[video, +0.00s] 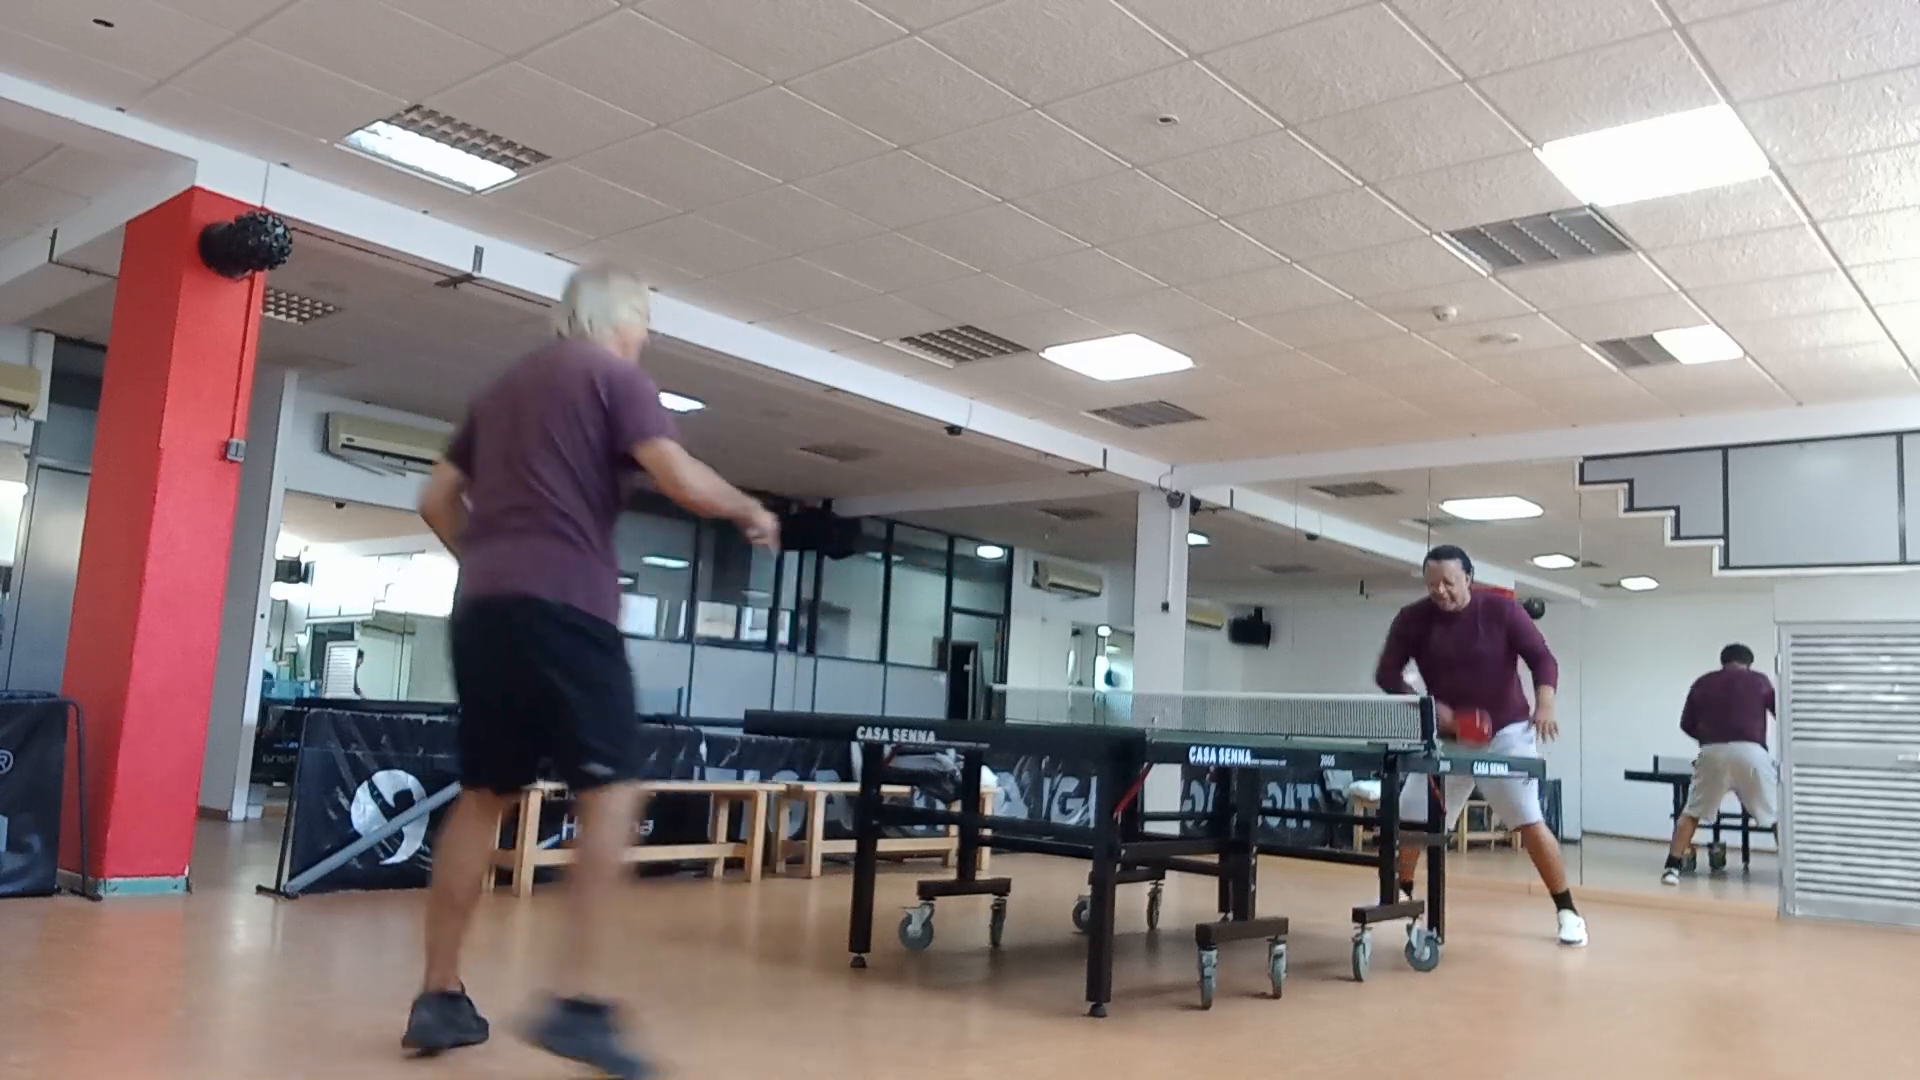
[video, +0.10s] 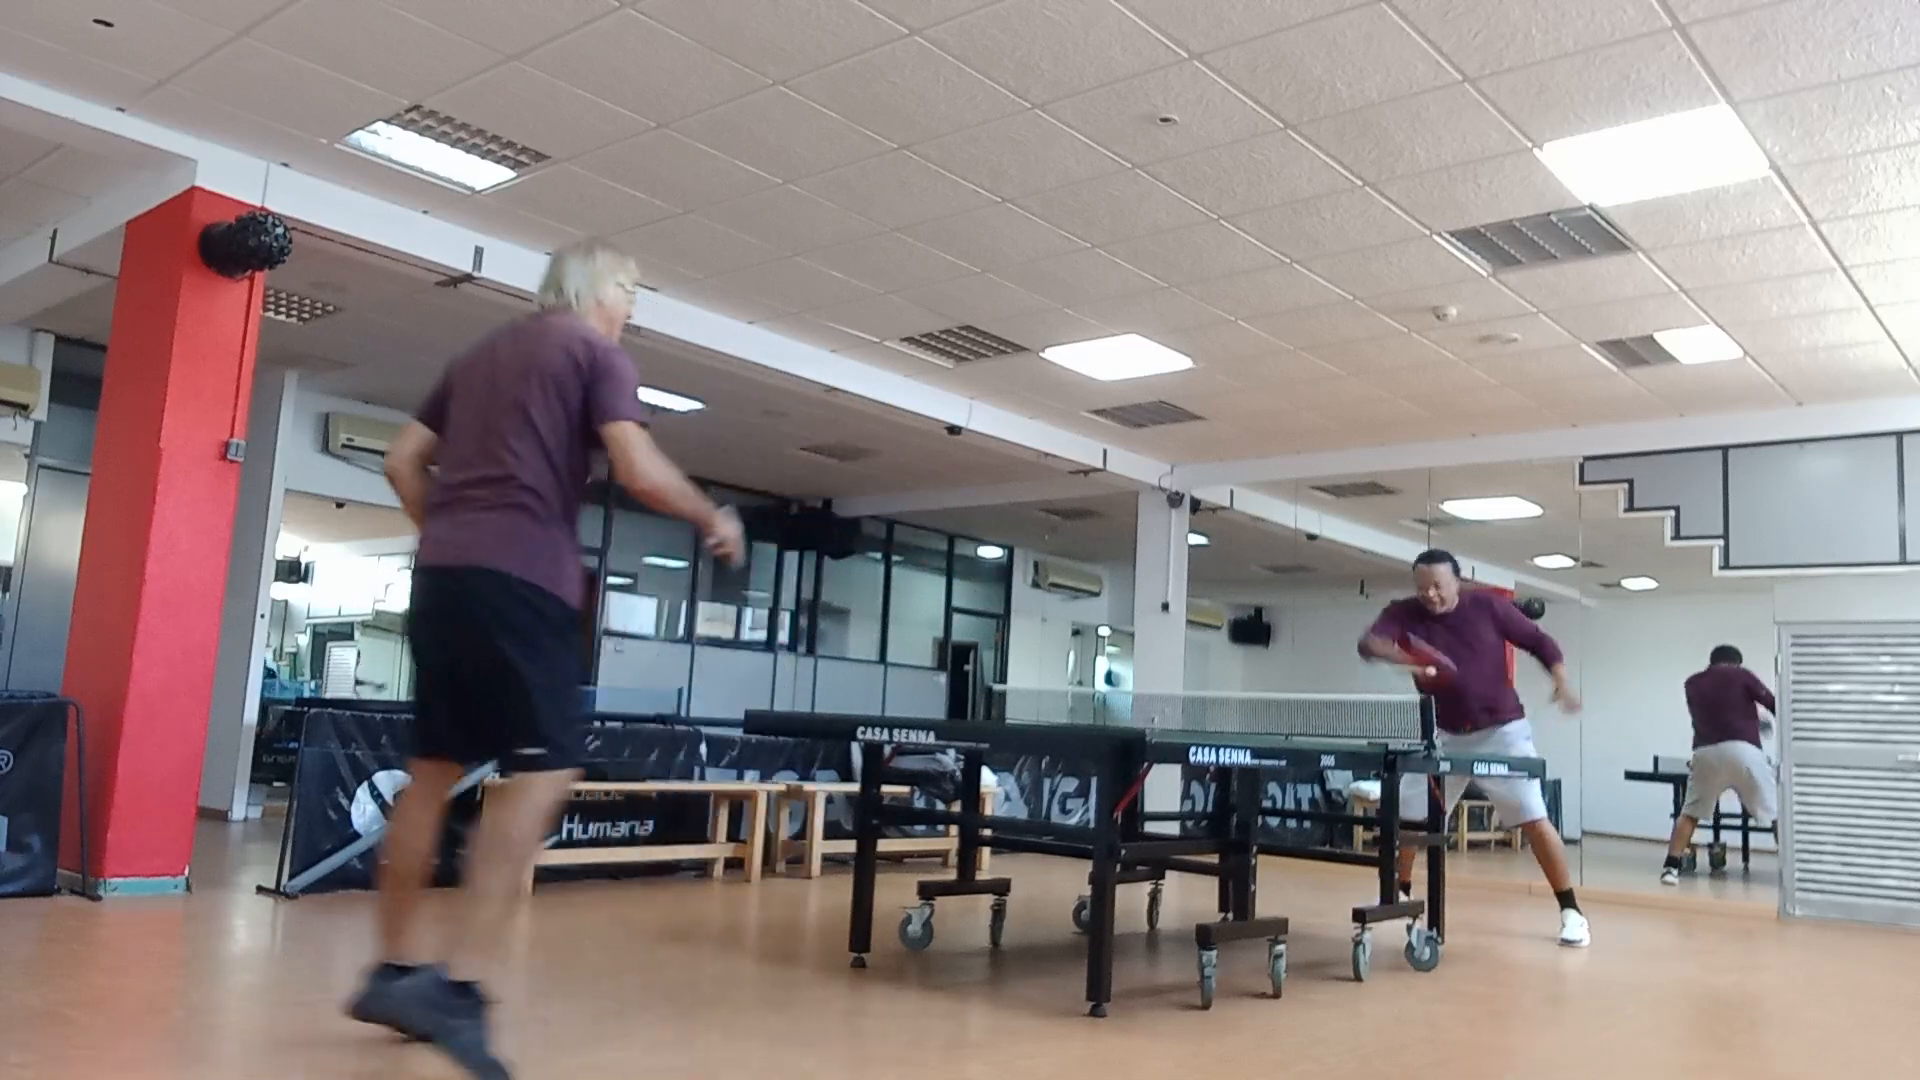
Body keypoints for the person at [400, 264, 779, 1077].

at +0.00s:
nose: (642, 344)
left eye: (643, 330)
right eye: (640, 329)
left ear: (567, 317)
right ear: (615, 319)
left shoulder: (502, 388)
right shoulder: (613, 374)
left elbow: (436, 500)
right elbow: (680, 479)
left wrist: (487, 563)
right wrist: (749, 509)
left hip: (481, 605)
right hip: (564, 605)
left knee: (484, 792)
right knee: (612, 788)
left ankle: (438, 998)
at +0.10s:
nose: (629, 316)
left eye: (631, 303)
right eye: (627, 300)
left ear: (558, 286)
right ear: (600, 291)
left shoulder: (480, 354)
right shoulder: (596, 350)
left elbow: (402, 460)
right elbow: (638, 470)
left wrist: (447, 535)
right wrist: (711, 516)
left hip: (441, 578)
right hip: (518, 580)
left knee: (433, 768)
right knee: (546, 765)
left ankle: (395, 967)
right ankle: (455, 982)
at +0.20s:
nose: (607, 336)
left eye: (610, 324)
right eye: (608, 322)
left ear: (534, 299)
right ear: (585, 311)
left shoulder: (456, 360)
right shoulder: (569, 366)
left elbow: (375, 470)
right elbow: (585, 489)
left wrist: (411, 544)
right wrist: (661, 543)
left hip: (395, 583)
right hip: (474, 596)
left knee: (378, 768)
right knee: (493, 789)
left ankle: (282, 964)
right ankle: (396, 1014)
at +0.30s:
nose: (585, 369)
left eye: (587, 353)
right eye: (585, 351)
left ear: (514, 336)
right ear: (555, 343)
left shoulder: (438, 396)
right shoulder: (524, 409)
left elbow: (354, 516)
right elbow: (503, 534)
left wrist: (452, 557)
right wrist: (583, 582)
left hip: (347, 622)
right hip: (423, 638)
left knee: (335, 804)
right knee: (480, 820)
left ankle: (208, 973)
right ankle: (382, 1037)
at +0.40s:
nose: (537, 396)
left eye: (542, 384)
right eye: (541, 384)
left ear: (468, 358)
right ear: (525, 374)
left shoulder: (382, 408)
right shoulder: (503, 439)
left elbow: (297, 514)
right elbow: (471, 583)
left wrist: (353, 573)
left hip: (305, 623)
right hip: (389, 637)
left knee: (320, 809)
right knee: (475, 815)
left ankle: (217, 982)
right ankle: (385, 1033)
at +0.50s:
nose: (478, 399)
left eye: (477, 386)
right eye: (479, 387)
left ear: (411, 346)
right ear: (467, 378)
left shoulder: (327, 381)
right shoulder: (459, 445)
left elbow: (236, 493)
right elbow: (439, 537)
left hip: (267, 623)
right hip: (370, 633)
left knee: (269, 786)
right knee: (413, 827)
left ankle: (225, 977)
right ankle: (410, 1013)